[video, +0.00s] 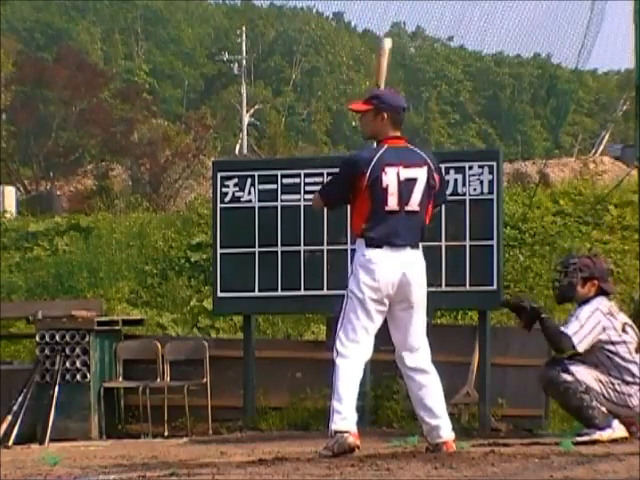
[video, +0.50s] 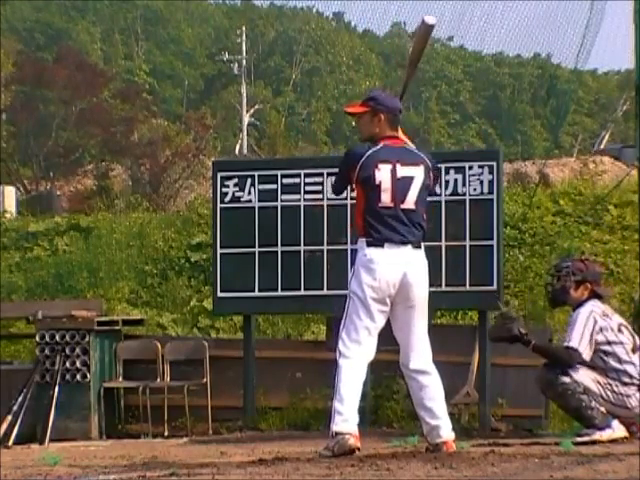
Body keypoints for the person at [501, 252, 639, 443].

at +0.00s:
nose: (562, 282)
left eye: (570, 278)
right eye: (564, 276)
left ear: (592, 286)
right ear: (592, 286)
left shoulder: (596, 309)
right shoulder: (602, 306)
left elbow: (563, 345)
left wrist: (541, 317)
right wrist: (532, 317)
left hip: (630, 396)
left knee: (556, 371)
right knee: (559, 367)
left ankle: (606, 426)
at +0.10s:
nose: (561, 284)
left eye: (569, 279)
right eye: (563, 277)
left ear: (591, 286)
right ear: (591, 287)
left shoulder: (593, 310)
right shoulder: (603, 307)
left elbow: (564, 351)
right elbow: (574, 350)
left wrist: (536, 323)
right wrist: (541, 331)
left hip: (630, 396)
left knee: (556, 372)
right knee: (564, 367)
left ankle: (606, 426)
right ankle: (625, 421)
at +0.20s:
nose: (560, 285)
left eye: (568, 280)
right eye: (562, 279)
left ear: (590, 287)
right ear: (590, 288)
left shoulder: (593, 310)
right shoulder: (603, 308)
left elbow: (561, 352)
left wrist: (522, 324)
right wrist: (544, 344)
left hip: (630, 397)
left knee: (556, 373)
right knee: (560, 368)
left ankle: (606, 426)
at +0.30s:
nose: (559, 286)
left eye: (567, 281)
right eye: (561, 280)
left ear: (589, 288)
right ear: (589, 289)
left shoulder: (591, 310)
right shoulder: (603, 308)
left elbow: (562, 353)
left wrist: (524, 332)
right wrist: (546, 355)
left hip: (629, 397)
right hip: (630, 394)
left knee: (555, 373)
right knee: (565, 368)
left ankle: (606, 426)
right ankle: (625, 421)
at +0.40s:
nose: (556, 286)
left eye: (565, 281)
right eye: (558, 280)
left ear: (586, 289)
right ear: (587, 290)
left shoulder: (589, 311)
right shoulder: (600, 308)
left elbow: (568, 355)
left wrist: (525, 334)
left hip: (629, 396)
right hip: (630, 393)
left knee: (553, 373)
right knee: (564, 369)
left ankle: (606, 426)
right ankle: (625, 421)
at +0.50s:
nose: (555, 287)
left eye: (563, 282)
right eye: (556, 281)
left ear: (585, 289)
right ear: (585, 290)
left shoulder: (587, 312)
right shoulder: (601, 309)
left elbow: (572, 357)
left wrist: (527, 341)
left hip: (629, 398)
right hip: (631, 394)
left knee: (552, 374)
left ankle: (606, 426)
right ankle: (624, 422)